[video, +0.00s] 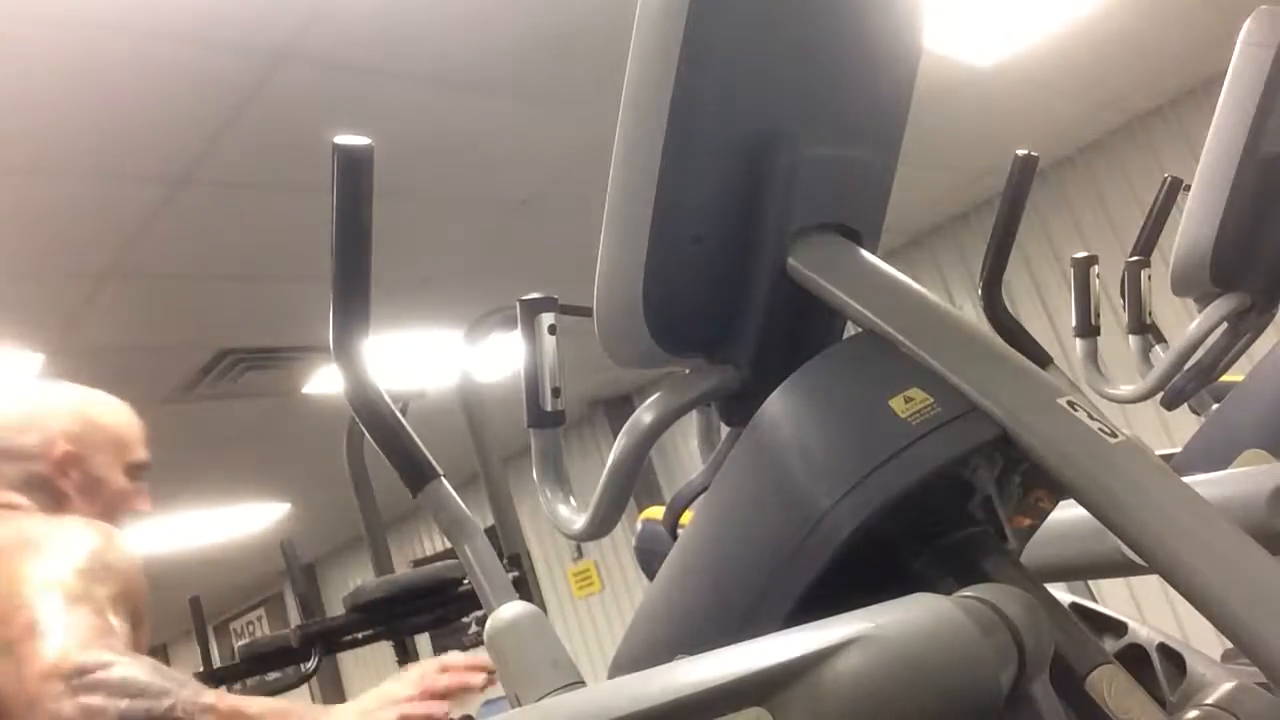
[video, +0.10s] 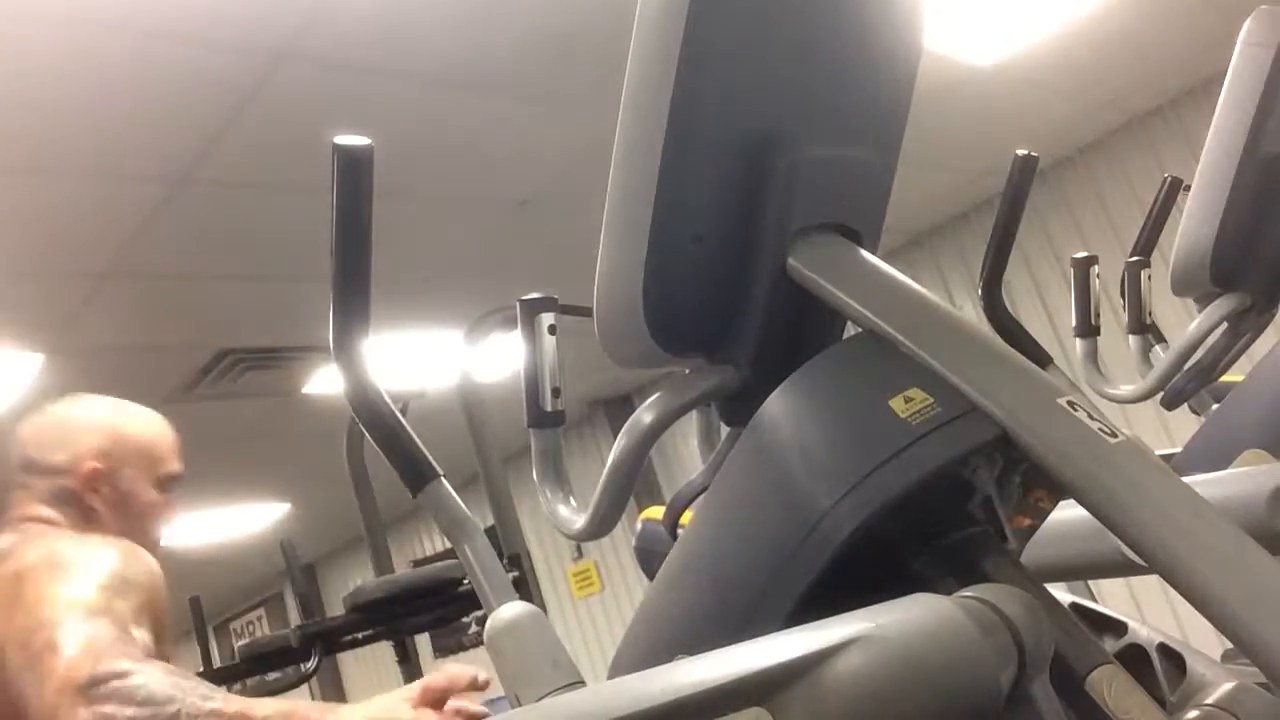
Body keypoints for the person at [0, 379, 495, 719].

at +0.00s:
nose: (144, 501)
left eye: (142, 476)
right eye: (133, 473)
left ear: (63, 468)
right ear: (66, 469)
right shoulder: (69, 546)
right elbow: (69, 687)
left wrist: (355, 709)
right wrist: (341, 711)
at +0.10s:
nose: (174, 507)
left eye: (173, 487)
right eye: (163, 485)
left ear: (93, 479)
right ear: (96, 480)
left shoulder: (28, 560)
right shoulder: (87, 561)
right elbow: (97, 692)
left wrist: (389, 707)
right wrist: (370, 711)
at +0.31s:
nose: (237, 531)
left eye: (234, 504)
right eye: (220, 503)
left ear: (136, 509)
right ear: (143, 508)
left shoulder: (18, 616)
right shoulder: (142, 601)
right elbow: (143, 707)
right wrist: (398, 709)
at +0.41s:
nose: (249, 509)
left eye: (249, 483)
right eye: (232, 482)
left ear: (148, 486)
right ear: (151, 485)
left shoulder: (34, 609)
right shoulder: (135, 582)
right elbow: (149, 707)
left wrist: (368, 709)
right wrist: (370, 707)